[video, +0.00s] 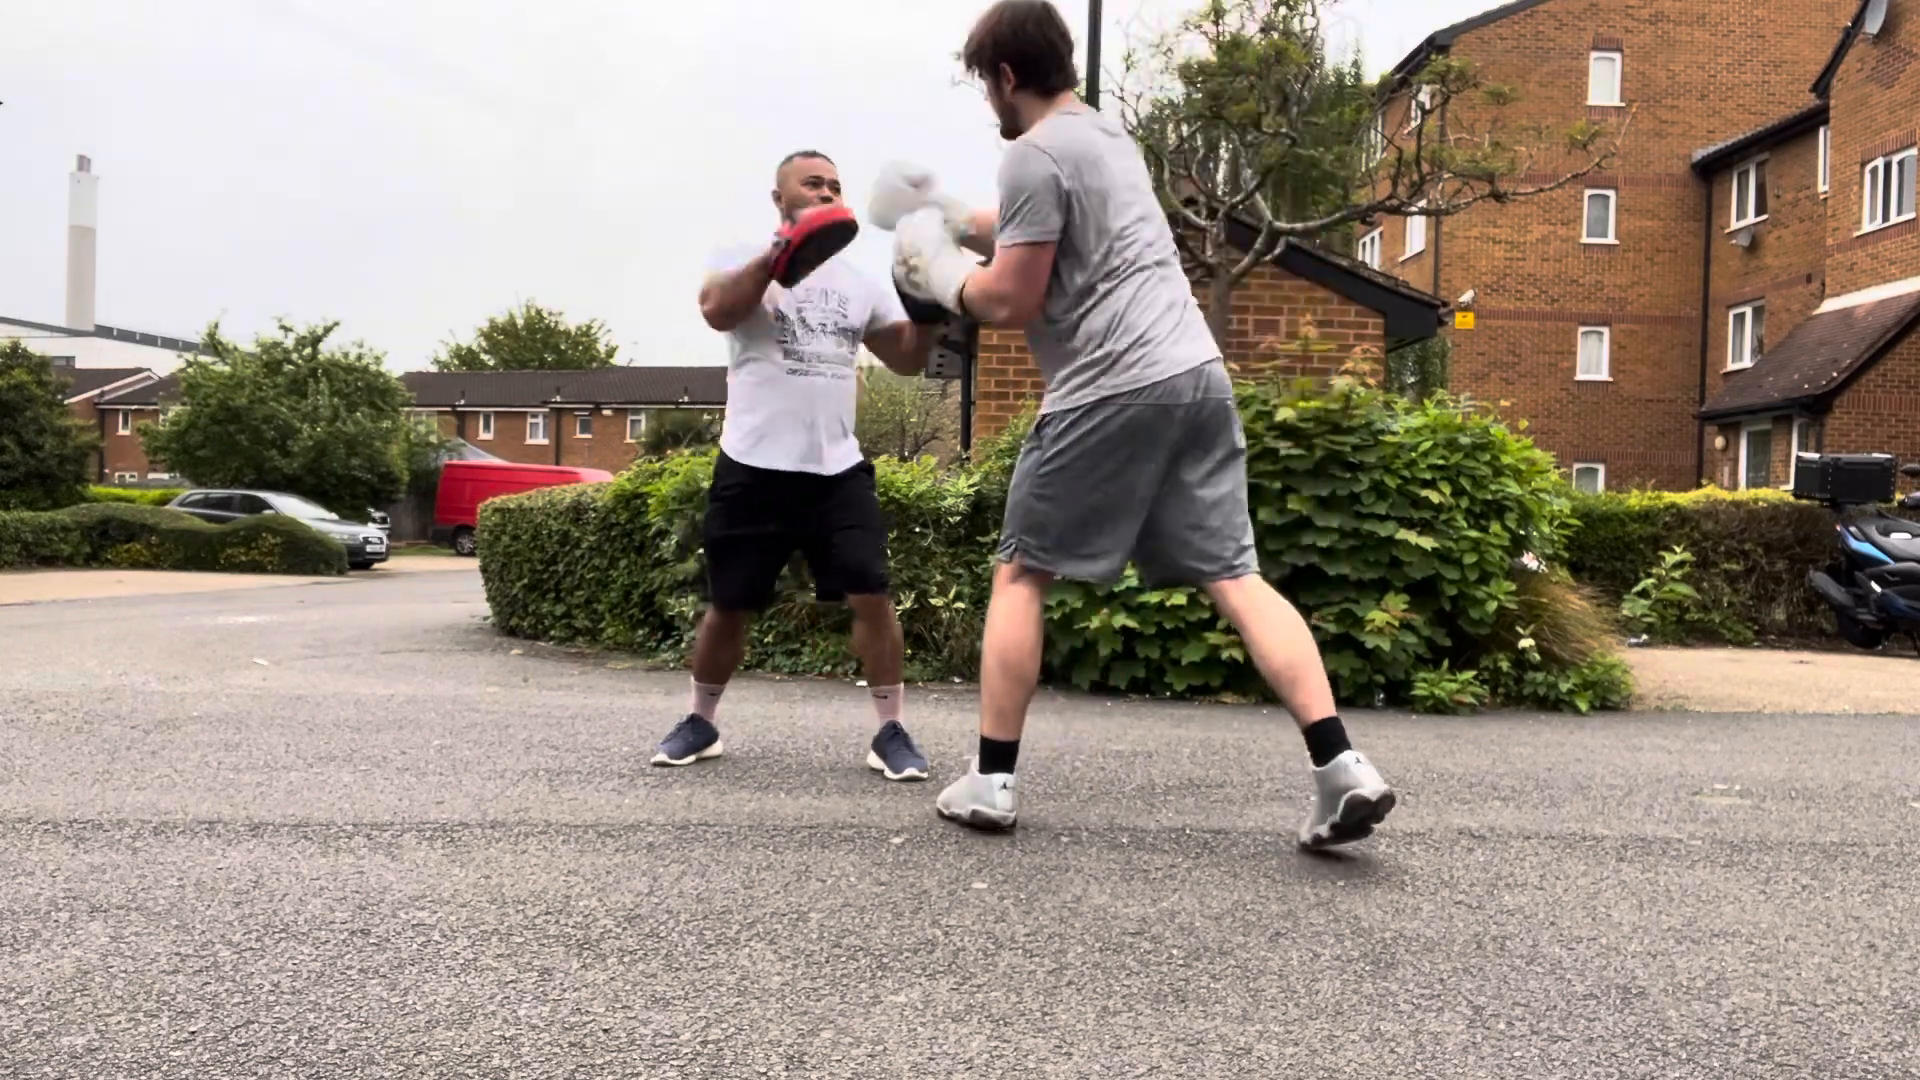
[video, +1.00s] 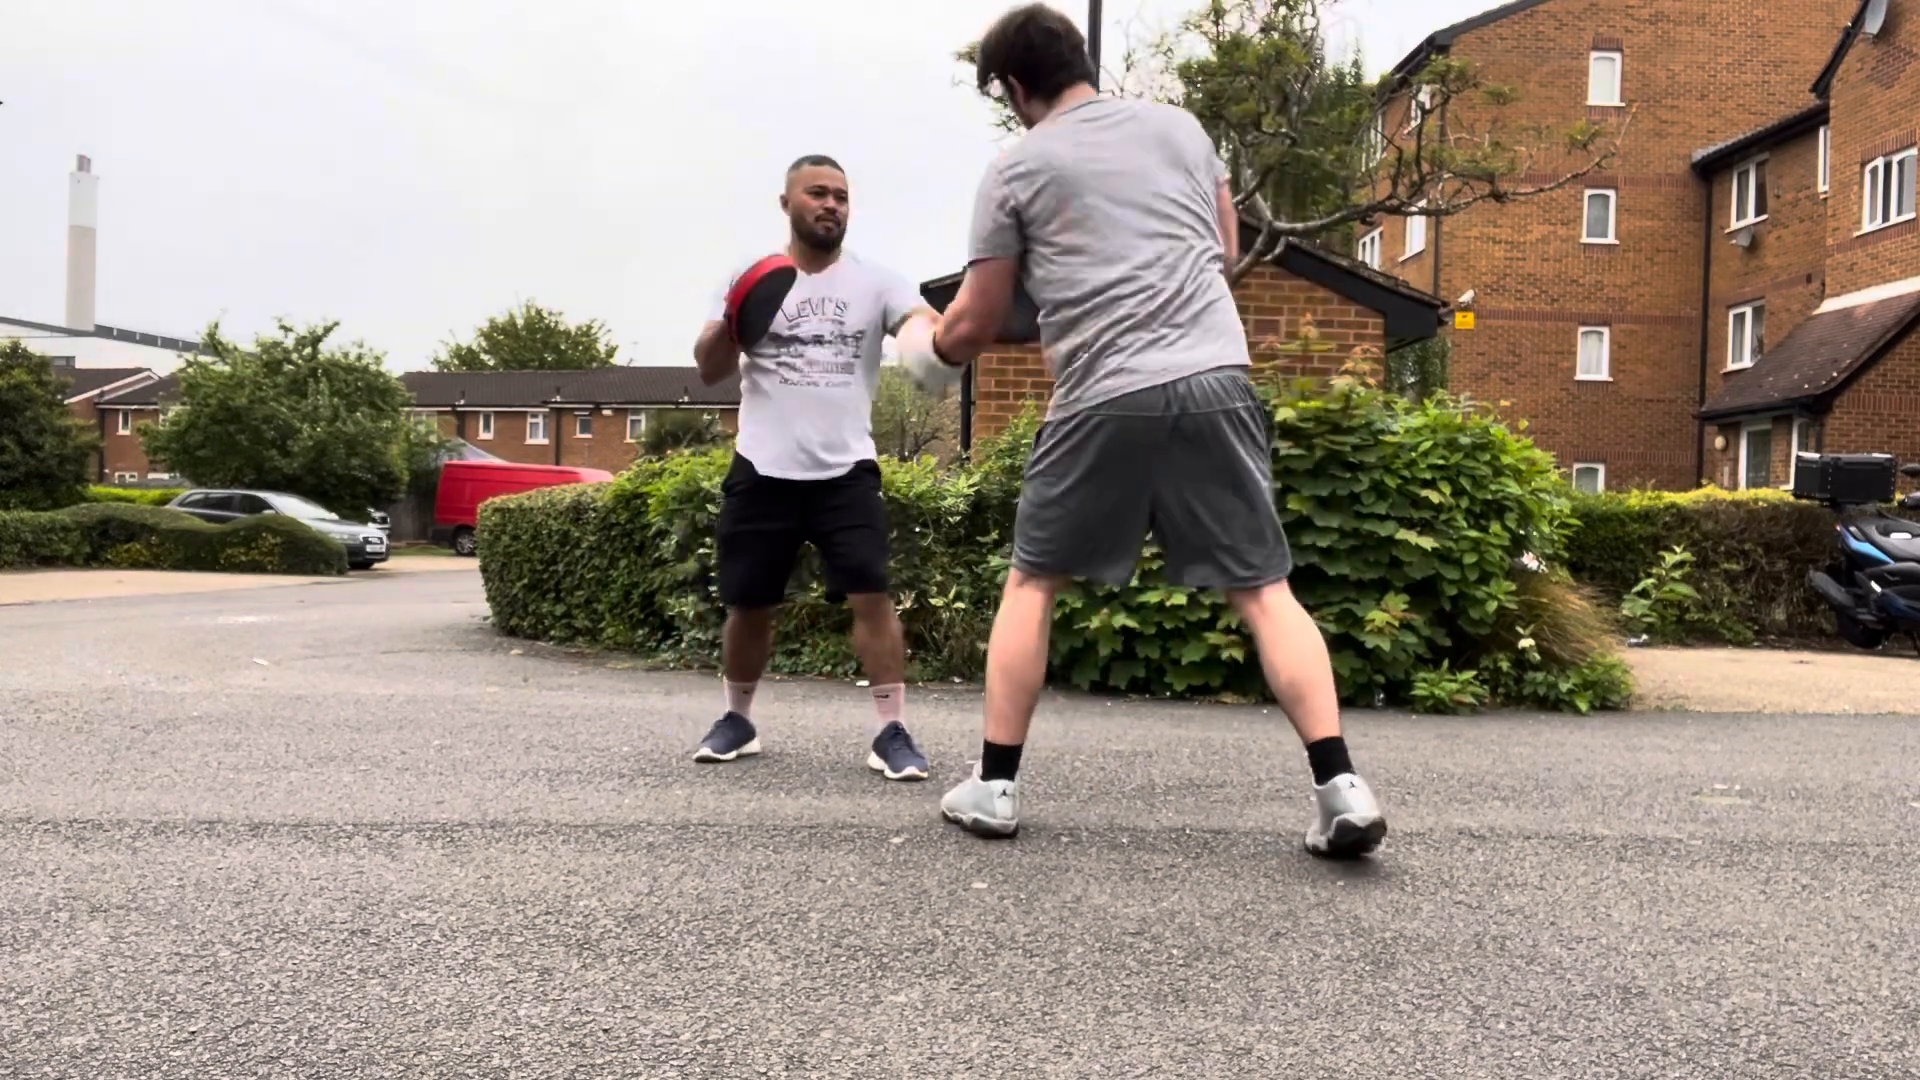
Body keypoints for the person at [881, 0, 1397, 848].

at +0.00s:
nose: (983, 97)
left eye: (983, 80)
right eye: (981, 80)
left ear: (1006, 74)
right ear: (1057, 67)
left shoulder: (1037, 152)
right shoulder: (1109, 135)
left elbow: (1013, 301)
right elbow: (1047, 237)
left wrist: (953, 283)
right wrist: (953, 216)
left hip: (1109, 389)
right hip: (1199, 375)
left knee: (1021, 572)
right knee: (1236, 575)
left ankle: (991, 780)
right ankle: (1342, 765)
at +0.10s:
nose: (1054, 73)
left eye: (1053, 58)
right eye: (1054, 57)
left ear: (1070, 51)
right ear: (1140, 40)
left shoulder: (1060, 134)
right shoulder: (1208, 129)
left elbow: (994, 262)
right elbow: (1178, 238)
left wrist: (988, 184)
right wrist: (1039, 191)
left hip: (1095, 396)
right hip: (1206, 386)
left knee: (1024, 576)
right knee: (1247, 580)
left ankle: (994, 777)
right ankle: (1338, 772)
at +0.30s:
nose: (1132, 87)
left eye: (1133, 76)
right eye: (1138, 76)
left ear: (1146, 74)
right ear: (1223, 71)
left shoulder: (1099, 147)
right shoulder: (1284, 162)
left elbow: (1055, 271)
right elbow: (1268, 285)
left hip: (1100, 418)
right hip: (1218, 419)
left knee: (1024, 580)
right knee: (1276, 611)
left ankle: (978, 774)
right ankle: (1343, 812)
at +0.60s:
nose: (1018, 82)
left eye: (1017, 68)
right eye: (1018, 68)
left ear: (1033, 64)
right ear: (1108, 54)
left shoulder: (1030, 148)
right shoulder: (1169, 127)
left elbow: (979, 297)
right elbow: (1144, 240)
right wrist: (1028, 245)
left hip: (1111, 400)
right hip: (1214, 383)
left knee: (1026, 582)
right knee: (1260, 585)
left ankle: (993, 786)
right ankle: (1346, 789)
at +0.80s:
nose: (973, 123)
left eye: (966, 106)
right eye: (969, 107)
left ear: (980, 98)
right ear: (1044, 81)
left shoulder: (1032, 165)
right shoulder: (1104, 142)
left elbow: (1059, 299)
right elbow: (1039, 262)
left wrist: (976, 366)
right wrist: (948, 254)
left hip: (1128, 400)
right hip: (1221, 387)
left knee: (1023, 579)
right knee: (1252, 585)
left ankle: (992, 786)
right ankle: (1345, 783)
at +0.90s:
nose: (982, 112)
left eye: (977, 99)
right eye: (981, 99)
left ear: (989, 94)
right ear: (1059, 77)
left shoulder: (1016, 171)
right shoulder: (1141, 141)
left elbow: (1021, 310)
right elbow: (1166, 264)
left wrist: (952, 383)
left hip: (1110, 404)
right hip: (1219, 386)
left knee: (1023, 579)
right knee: (1258, 586)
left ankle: (993, 785)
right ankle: (1345, 783)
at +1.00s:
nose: (1006, 106)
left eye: (1002, 93)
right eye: (1004, 93)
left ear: (1016, 86)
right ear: (1083, 64)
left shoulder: (1016, 166)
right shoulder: (1181, 125)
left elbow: (981, 319)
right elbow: (1225, 249)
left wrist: (944, 337)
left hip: (1105, 400)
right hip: (1217, 382)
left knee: (1032, 580)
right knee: (1265, 587)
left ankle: (995, 785)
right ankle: (1340, 785)